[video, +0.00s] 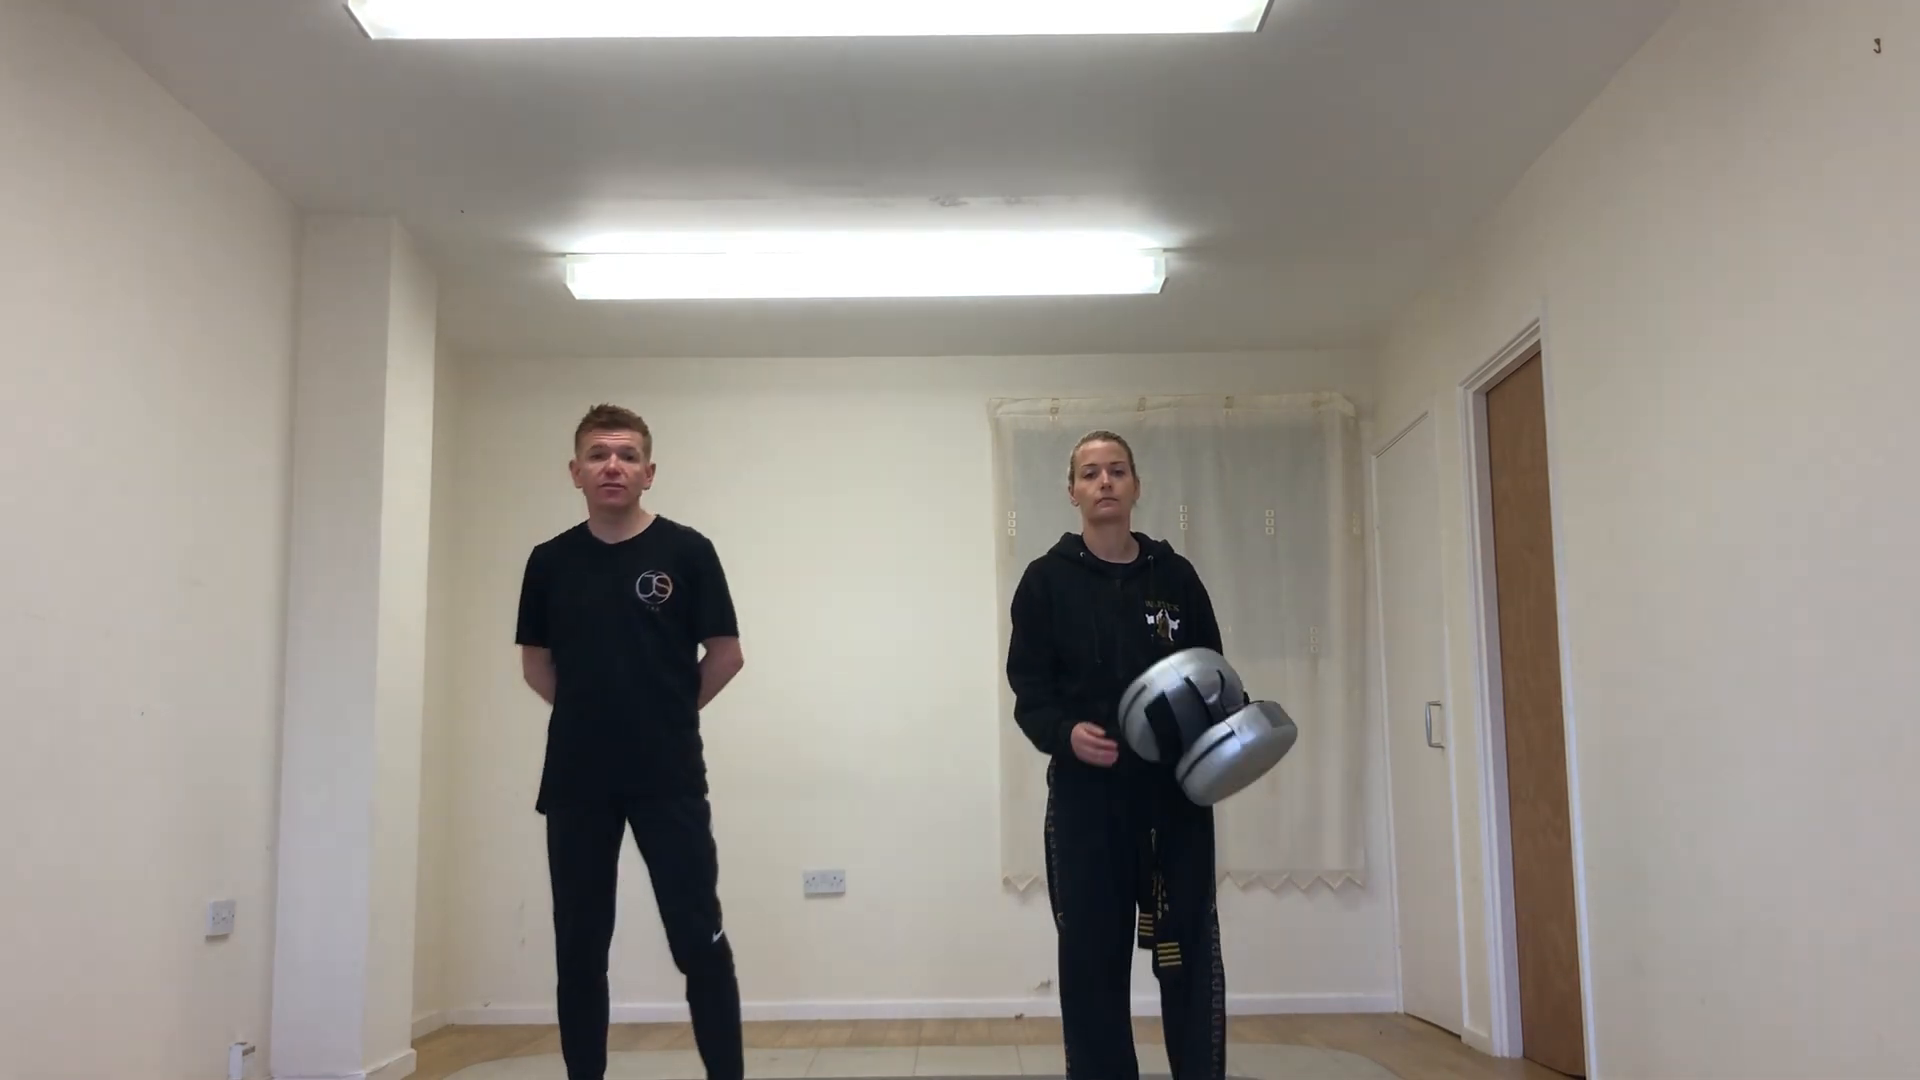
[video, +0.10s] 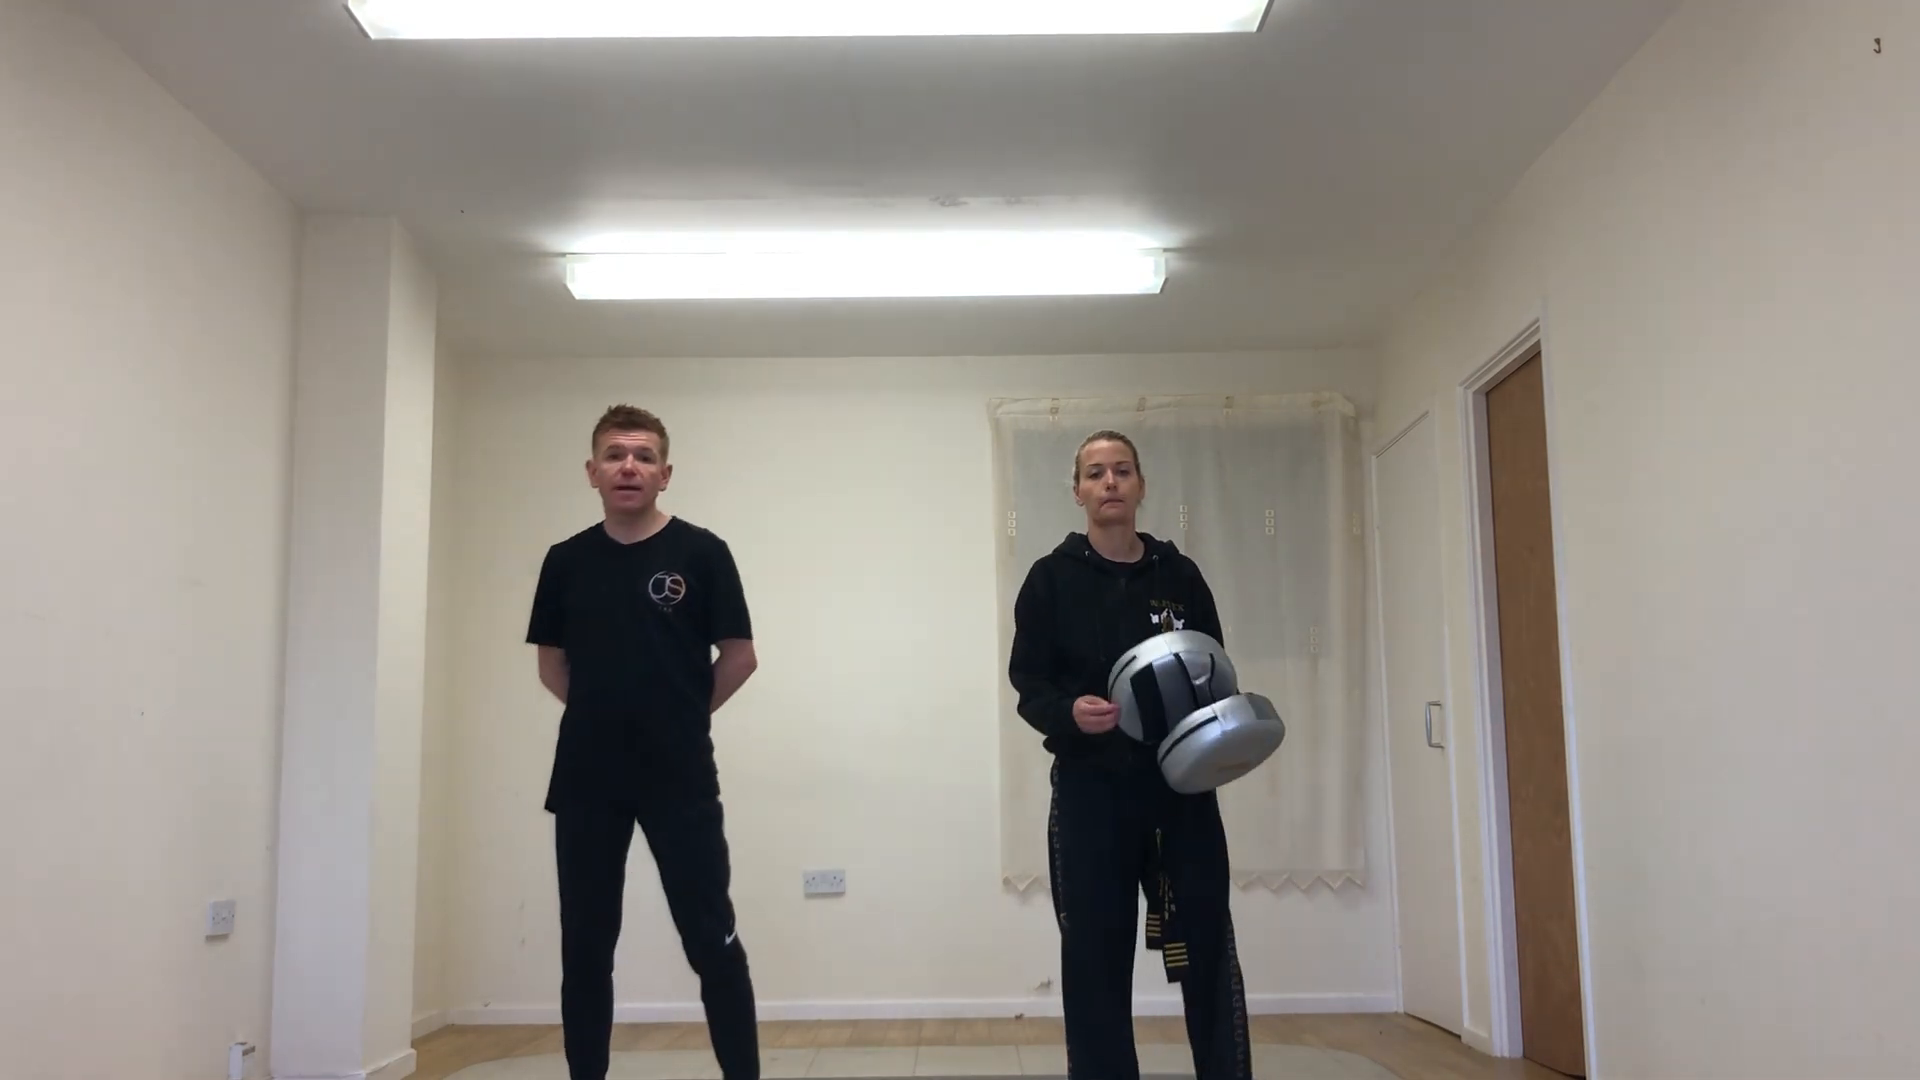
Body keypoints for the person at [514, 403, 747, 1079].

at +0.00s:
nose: (612, 465)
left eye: (626, 455)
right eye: (598, 454)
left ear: (648, 471)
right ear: (576, 472)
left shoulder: (687, 550)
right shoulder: (548, 560)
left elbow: (725, 654)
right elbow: (537, 669)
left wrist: (671, 709)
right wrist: (593, 707)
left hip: (666, 766)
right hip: (579, 769)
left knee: (700, 941)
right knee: (578, 947)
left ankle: (725, 1076)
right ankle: (583, 1076)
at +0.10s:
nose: (628, 466)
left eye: (643, 456)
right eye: (614, 455)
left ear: (664, 473)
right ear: (592, 471)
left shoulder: (702, 552)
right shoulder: (564, 559)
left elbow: (739, 656)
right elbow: (553, 670)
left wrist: (684, 712)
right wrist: (608, 709)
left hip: (677, 768)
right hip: (589, 770)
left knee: (712, 941)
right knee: (584, 948)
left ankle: (742, 1075)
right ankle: (585, 1076)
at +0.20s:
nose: (649, 467)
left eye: (664, 457)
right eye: (635, 455)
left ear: (685, 475)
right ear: (613, 470)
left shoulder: (721, 554)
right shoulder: (584, 560)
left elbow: (756, 661)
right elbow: (570, 670)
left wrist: (701, 717)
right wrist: (625, 712)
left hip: (694, 772)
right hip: (606, 774)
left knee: (721, 946)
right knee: (595, 949)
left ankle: (743, 1075)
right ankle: (589, 1075)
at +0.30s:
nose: (672, 464)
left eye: (688, 455)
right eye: (659, 452)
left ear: (708, 474)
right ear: (638, 467)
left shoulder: (743, 553)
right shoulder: (605, 558)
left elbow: (771, 660)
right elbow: (592, 669)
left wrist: (722, 723)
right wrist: (645, 715)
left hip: (715, 771)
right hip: (627, 772)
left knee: (738, 947)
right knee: (607, 948)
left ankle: (750, 1076)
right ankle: (594, 1075)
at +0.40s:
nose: (697, 463)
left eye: (713, 454)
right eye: (683, 451)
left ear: (730, 474)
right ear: (660, 467)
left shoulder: (764, 554)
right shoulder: (624, 557)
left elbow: (790, 662)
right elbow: (613, 673)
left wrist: (741, 723)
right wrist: (665, 718)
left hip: (736, 772)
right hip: (647, 771)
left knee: (751, 951)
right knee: (618, 949)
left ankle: (755, 1077)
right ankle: (599, 1076)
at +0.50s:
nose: (717, 463)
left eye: (733, 454)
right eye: (704, 451)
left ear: (750, 473)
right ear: (680, 466)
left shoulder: (782, 555)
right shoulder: (642, 554)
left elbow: (812, 661)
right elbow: (626, 665)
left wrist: (762, 721)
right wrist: (677, 715)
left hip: (751, 769)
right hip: (663, 767)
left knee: (759, 949)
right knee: (624, 946)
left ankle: (757, 1077)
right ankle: (605, 1076)